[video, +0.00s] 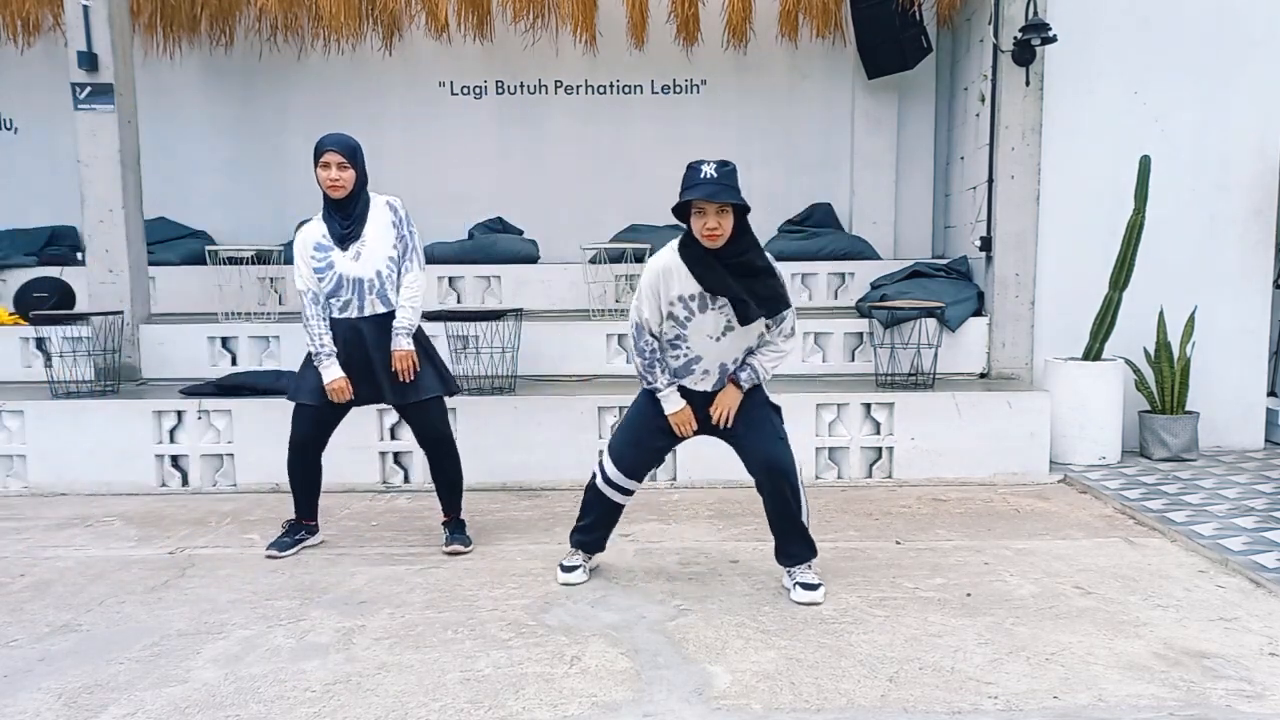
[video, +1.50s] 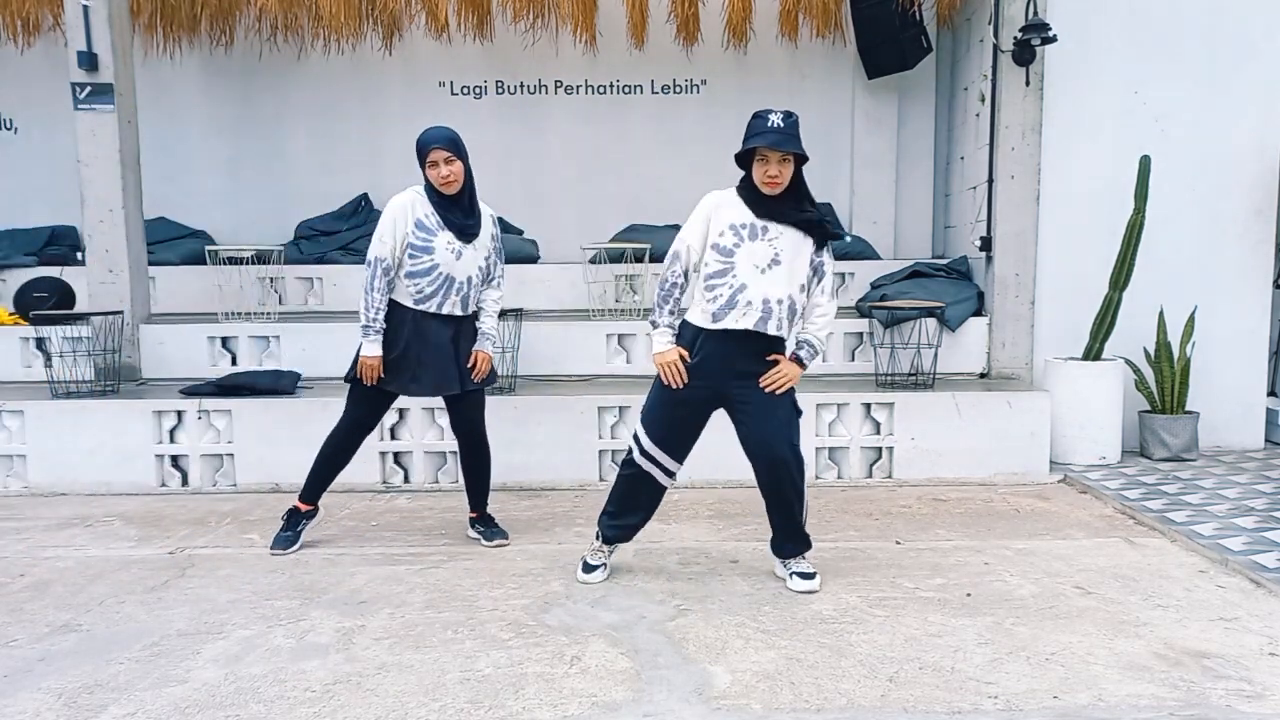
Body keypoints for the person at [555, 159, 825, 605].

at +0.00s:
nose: (711, 223)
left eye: (721, 212)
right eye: (700, 212)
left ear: (737, 214)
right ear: (687, 216)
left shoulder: (759, 267)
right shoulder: (664, 267)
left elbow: (782, 335)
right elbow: (642, 339)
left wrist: (739, 384)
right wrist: (670, 399)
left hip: (738, 392)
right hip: (671, 391)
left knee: (776, 465)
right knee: (620, 461)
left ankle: (799, 564)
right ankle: (583, 548)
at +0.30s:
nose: (599, 175)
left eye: (609, 164)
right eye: (589, 164)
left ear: (624, 165)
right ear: (574, 166)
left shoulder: (656, 207)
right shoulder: (566, 232)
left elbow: (691, 273)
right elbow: (573, 309)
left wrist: (683, 345)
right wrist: (608, 359)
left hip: (676, 346)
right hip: (613, 356)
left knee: (733, 441)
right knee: (588, 455)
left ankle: (797, 534)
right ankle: (581, 548)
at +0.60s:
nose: (589, 173)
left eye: (599, 163)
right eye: (579, 163)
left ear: (614, 164)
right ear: (565, 164)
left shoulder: (646, 205)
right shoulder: (552, 232)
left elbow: (689, 266)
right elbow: (547, 305)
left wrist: (690, 333)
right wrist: (577, 351)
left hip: (666, 347)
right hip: (600, 357)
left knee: (716, 442)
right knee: (581, 457)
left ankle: (771, 534)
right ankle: (580, 547)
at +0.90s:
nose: (654, 242)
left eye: (664, 233)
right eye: (644, 231)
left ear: (677, 235)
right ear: (628, 232)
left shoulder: (697, 269)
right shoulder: (606, 275)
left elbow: (754, 313)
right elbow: (569, 332)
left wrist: (733, 369)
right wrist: (594, 381)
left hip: (697, 383)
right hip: (630, 388)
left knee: (752, 454)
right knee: (585, 464)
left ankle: (791, 551)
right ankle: (583, 549)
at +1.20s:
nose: (760, 184)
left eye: (771, 174)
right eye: (751, 174)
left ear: (786, 177)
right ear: (735, 174)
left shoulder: (801, 238)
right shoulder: (702, 218)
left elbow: (812, 311)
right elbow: (650, 274)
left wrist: (779, 360)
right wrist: (643, 344)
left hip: (748, 372)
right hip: (679, 358)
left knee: (776, 455)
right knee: (615, 436)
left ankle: (792, 552)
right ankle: (574, 534)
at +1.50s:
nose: (773, 169)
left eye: (783, 160)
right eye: (763, 159)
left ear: (797, 164)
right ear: (748, 161)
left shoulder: (810, 228)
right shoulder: (716, 206)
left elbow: (822, 305)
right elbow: (673, 274)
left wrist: (799, 357)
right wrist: (662, 338)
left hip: (765, 360)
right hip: (699, 350)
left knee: (781, 459)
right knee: (650, 450)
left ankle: (792, 552)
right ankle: (605, 540)